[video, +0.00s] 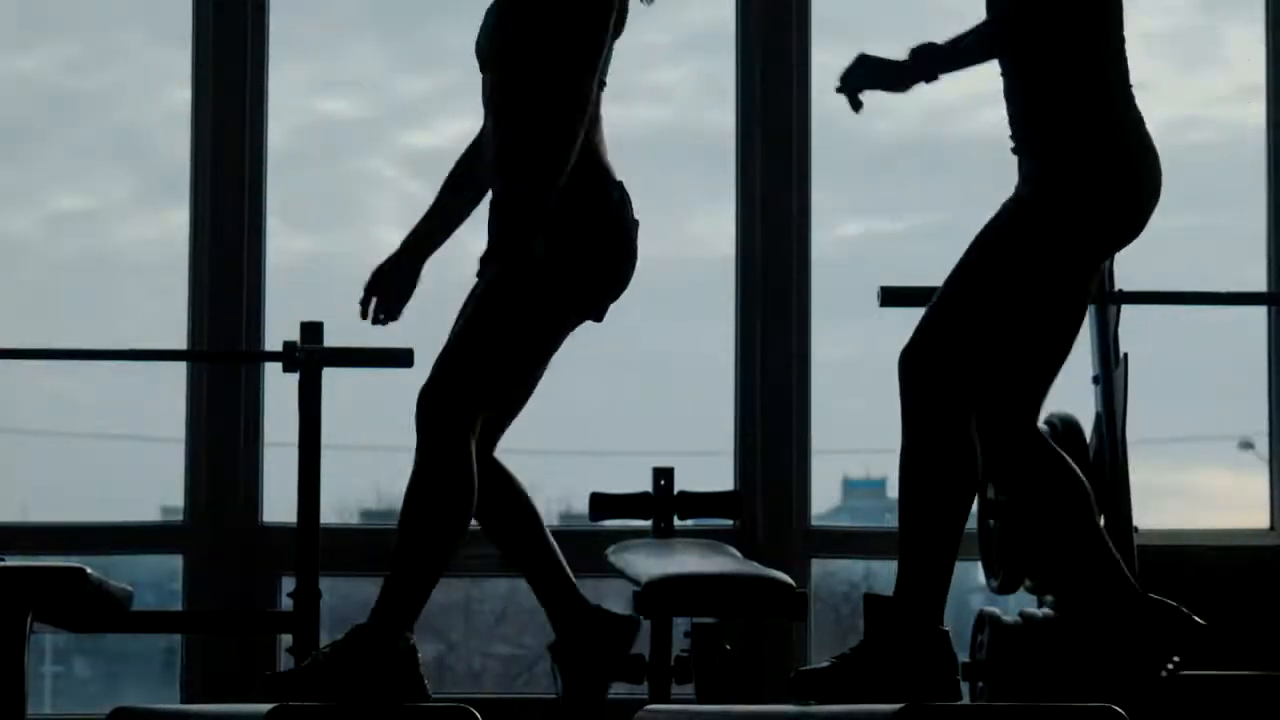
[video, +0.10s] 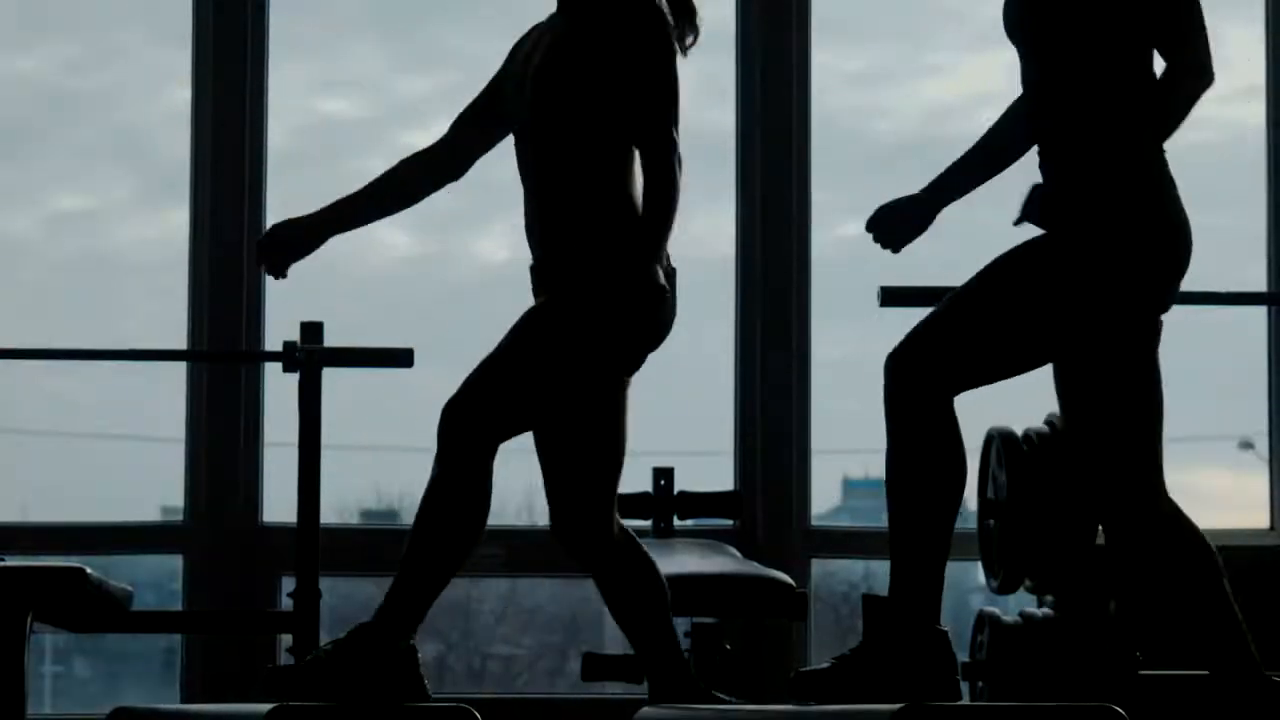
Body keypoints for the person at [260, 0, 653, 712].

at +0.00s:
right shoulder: (521, 7)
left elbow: (548, 129)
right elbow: (495, 135)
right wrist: (412, 253)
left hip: (564, 231)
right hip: (539, 231)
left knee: (447, 417)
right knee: (464, 442)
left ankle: (383, 643)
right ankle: (579, 628)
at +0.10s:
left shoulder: (640, 31)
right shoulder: (539, 47)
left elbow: (662, 154)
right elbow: (444, 158)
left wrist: (649, 260)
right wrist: (319, 226)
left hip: (620, 292)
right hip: (570, 296)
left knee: (470, 423)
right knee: (586, 522)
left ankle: (387, 642)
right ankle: (676, 689)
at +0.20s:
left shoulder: (659, 84)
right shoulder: (558, 101)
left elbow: (717, 209)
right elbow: (441, 185)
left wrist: (735, 315)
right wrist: (312, 190)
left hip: (669, 342)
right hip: (624, 345)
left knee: (517, 443)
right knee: (650, 572)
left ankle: (406, 637)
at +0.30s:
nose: (596, 24)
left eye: (610, 10)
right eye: (592, 11)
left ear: (645, 4)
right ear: (585, 9)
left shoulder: (682, 72)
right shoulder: (576, 92)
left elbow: (738, 204)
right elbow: (486, 201)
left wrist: (767, 334)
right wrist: (374, 182)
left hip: (701, 331)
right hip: (652, 335)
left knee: (555, 426)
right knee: (655, 565)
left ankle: (472, 646)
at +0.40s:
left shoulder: (701, 42)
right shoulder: (592, 54)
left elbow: (749, 183)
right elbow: (529, 186)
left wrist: (765, 316)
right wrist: (419, 216)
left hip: (703, 303)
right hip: (667, 305)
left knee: (578, 433)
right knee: (687, 528)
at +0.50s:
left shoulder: (710, 41)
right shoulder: (612, 47)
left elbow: (754, 182)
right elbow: (574, 195)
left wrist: (749, 300)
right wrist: (482, 285)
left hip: (709, 312)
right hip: (667, 315)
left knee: (633, 492)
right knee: (715, 517)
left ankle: (735, 683)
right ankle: (761, 694)